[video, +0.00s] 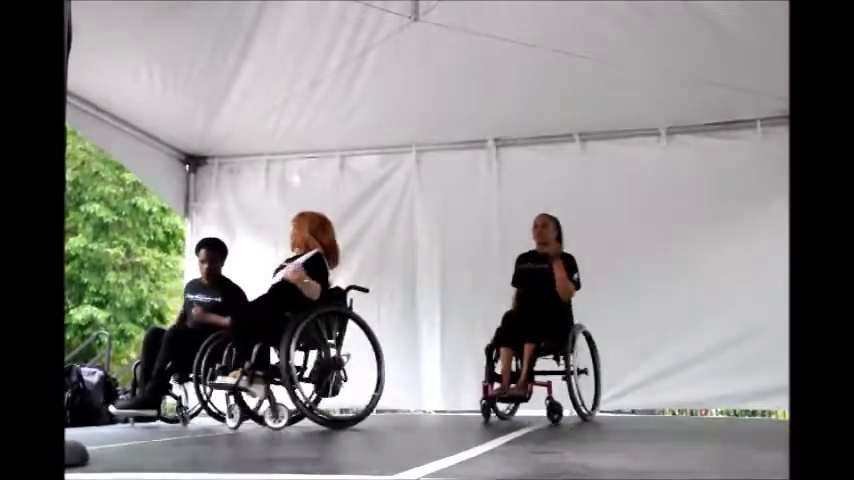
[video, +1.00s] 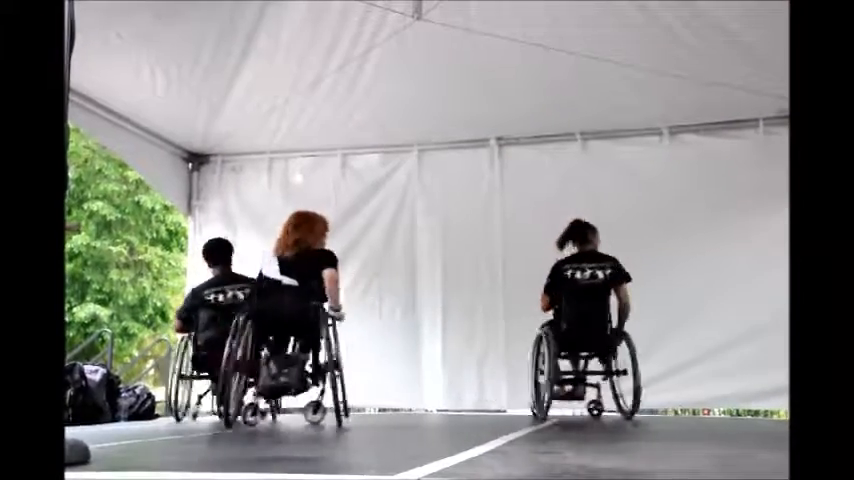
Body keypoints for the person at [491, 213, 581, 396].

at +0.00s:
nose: (538, 231)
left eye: (544, 226)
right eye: (535, 227)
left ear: (556, 231)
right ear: (532, 232)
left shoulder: (565, 260)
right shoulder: (524, 259)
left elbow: (567, 294)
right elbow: (518, 292)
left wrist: (556, 262)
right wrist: (514, 313)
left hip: (554, 314)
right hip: (528, 313)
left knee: (532, 323)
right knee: (509, 319)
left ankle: (523, 381)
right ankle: (504, 381)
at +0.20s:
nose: (542, 233)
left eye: (548, 229)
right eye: (539, 229)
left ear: (559, 234)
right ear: (535, 234)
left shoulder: (567, 261)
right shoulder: (537, 263)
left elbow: (563, 296)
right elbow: (534, 300)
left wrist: (541, 272)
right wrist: (521, 319)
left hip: (559, 327)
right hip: (538, 324)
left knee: (513, 325)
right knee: (495, 322)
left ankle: (507, 382)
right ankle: (493, 383)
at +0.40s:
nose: (546, 240)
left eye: (552, 235)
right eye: (544, 236)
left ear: (565, 238)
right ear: (541, 239)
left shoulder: (570, 267)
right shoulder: (555, 268)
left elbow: (559, 301)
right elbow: (552, 300)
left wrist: (543, 279)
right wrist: (545, 281)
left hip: (560, 334)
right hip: (548, 329)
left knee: (494, 326)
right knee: (498, 322)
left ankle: (494, 382)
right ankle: (497, 379)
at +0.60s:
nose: (549, 244)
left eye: (553, 239)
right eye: (548, 239)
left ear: (568, 241)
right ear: (568, 242)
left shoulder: (572, 266)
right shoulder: (576, 265)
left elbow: (558, 301)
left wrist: (546, 283)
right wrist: (553, 284)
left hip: (566, 334)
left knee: (502, 327)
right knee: (504, 327)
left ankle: (506, 384)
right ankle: (506, 384)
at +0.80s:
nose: (560, 245)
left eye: (562, 240)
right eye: (560, 239)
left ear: (569, 241)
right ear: (585, 239)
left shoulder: (567, 265)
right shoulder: (604, 266)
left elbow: (548, 301)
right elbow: (603, 298)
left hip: (569, 334)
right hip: (597, 334)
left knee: (520, 328)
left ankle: (527, 381)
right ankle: (539, 382)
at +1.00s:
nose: (599, 241)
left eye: (598, 237)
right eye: (597, 237)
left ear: (575, 242)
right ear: (594, 239)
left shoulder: (561, 266)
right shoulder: (610, 263)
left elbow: (545, 305)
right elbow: (624, 301)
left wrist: (563, 295)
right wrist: (619, 330)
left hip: (569, 338)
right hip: (599, 336)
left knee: (551, 326)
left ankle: (555, 380)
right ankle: (579, 383)